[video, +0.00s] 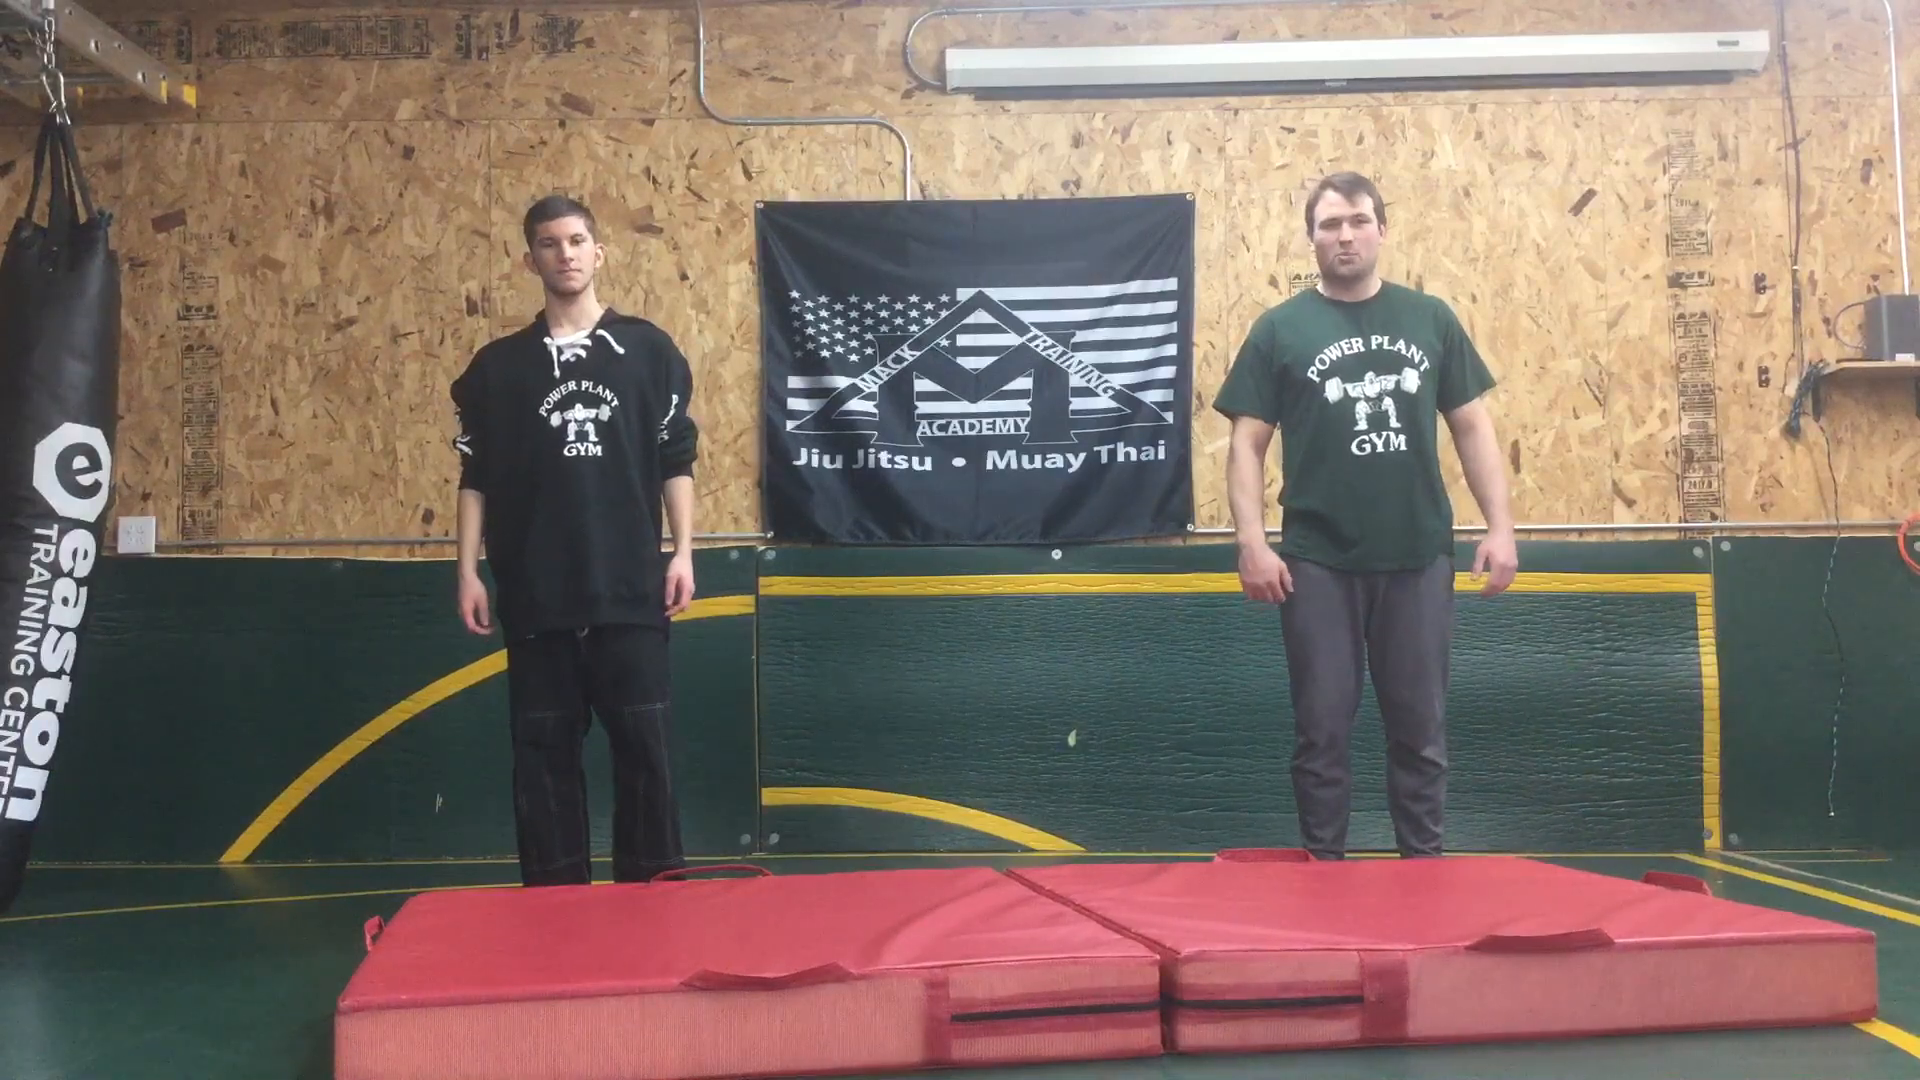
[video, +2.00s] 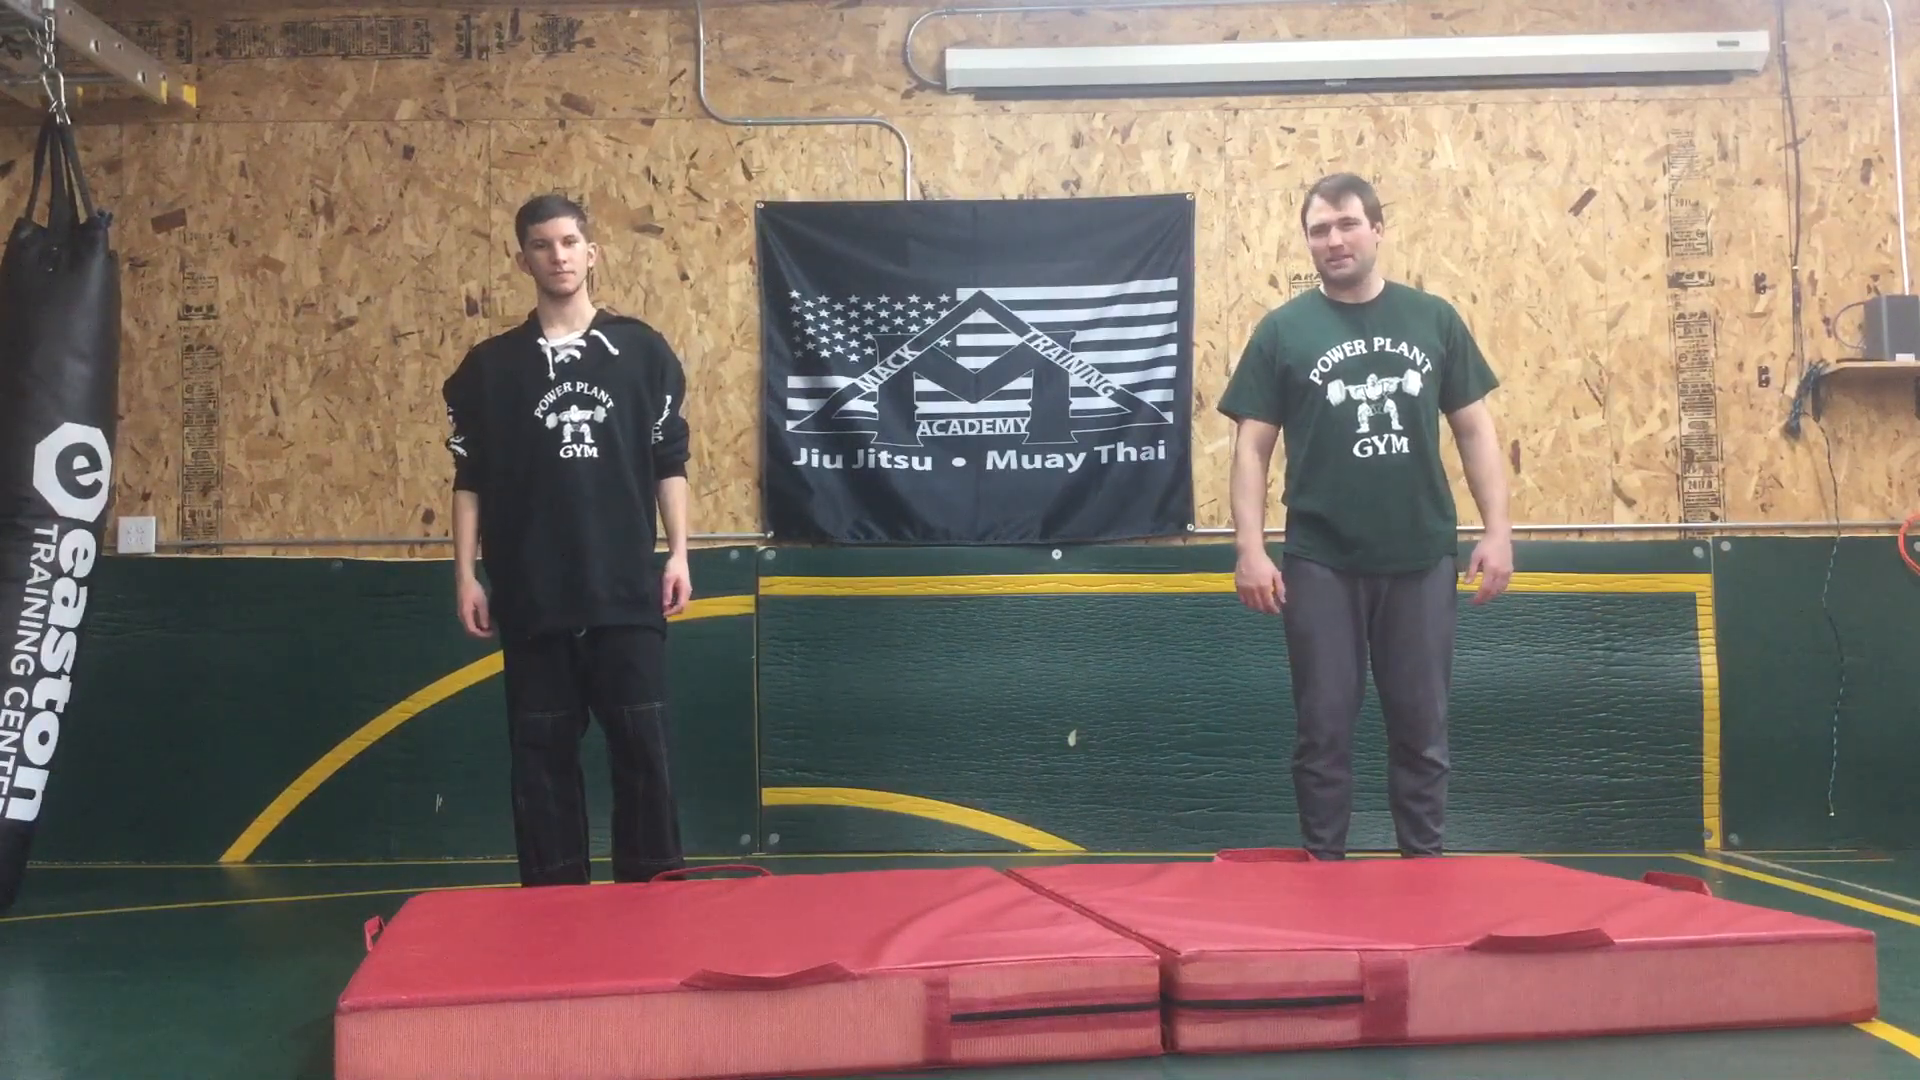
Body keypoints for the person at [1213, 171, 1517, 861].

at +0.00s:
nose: (1345, 235)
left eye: (1357, 221)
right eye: (1330, 225)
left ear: (1381, 231)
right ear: (1311, 240)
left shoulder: (1430, 319)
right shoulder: (1280, 330)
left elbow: (1471, 427)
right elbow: (1247, 444)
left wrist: (1500, 526)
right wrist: (1251, 539)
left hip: (1417, 554)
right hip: (1317, 556)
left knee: (1420, 727)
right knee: (1322, 726)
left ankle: (1423, 870)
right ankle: (1324, 872)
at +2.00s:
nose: (1334, 239)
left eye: (1346, 225)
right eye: (1320, 230)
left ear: (1377, 231)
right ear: (1306, 242)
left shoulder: (1434, 320)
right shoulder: (1283, 330)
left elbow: (1473, 429)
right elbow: (1252, 447)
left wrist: (1498, 531)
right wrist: (1250, 548)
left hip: (1420, 556)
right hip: (1320, 558)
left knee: (1422, 727)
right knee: (1323, 726)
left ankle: (1425, 869)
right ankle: (1323, 871)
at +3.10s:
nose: (1334, 223)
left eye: (1349, 212)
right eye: (1321, 217)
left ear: (1381, 229)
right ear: (1309, 241)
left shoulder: (1433, 319)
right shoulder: (1283, 331)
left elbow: (1476, 424)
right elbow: (1251, 446)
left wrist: (1505, 526)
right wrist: (1250, 547)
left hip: (1420, 555)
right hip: (1321, 557)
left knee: (1421, 727)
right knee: (1324, 725)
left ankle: (1424, 868)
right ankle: (1323, 871)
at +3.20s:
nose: (1333, 221)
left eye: (1347, 209)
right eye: (1319, 216)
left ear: (1381, 228)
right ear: (1308, 242)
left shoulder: (1433, 319)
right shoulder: (1283, 331)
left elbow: (1474, 429)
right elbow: (1254, 448)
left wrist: (1502, 529)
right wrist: (1251, 550)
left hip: (1421, 555)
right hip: (1321, 557)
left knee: (1421, 728)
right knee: (1324, 726)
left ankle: (1424, 870)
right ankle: (1323, 873)